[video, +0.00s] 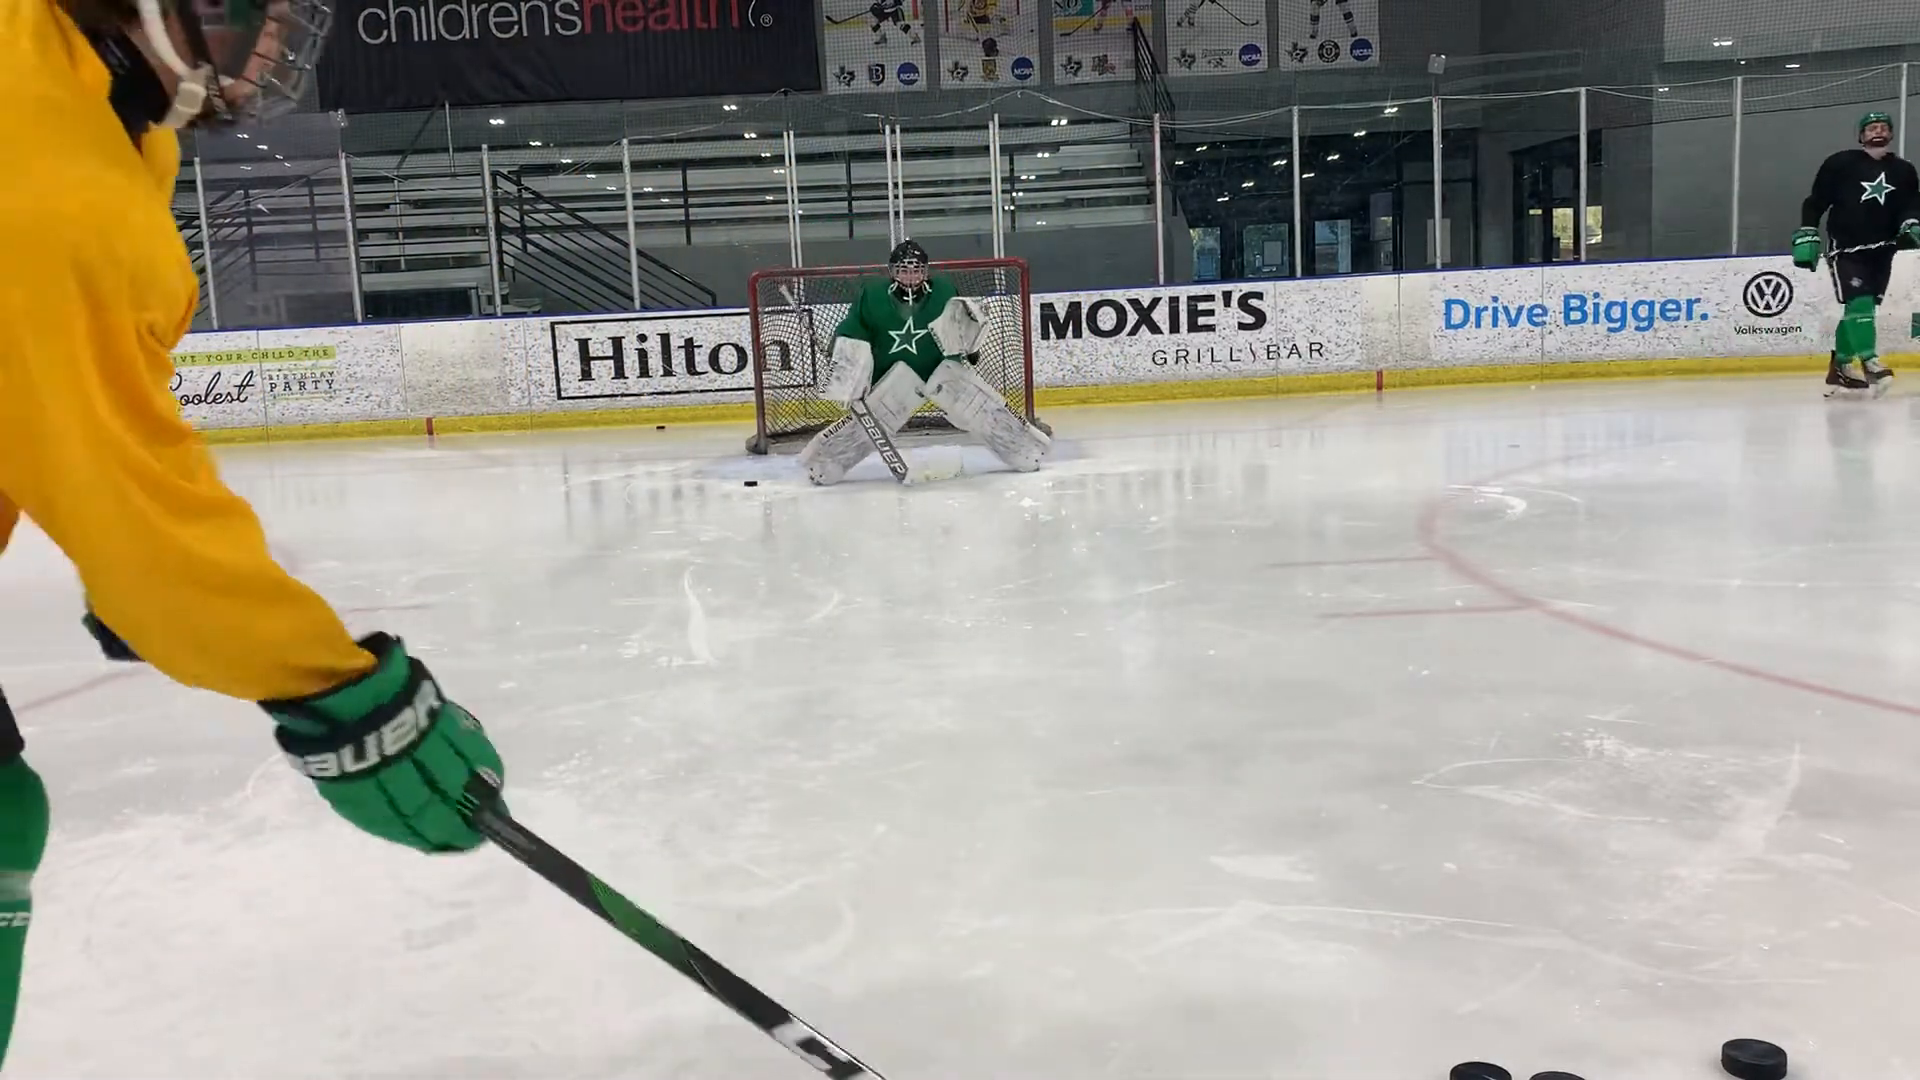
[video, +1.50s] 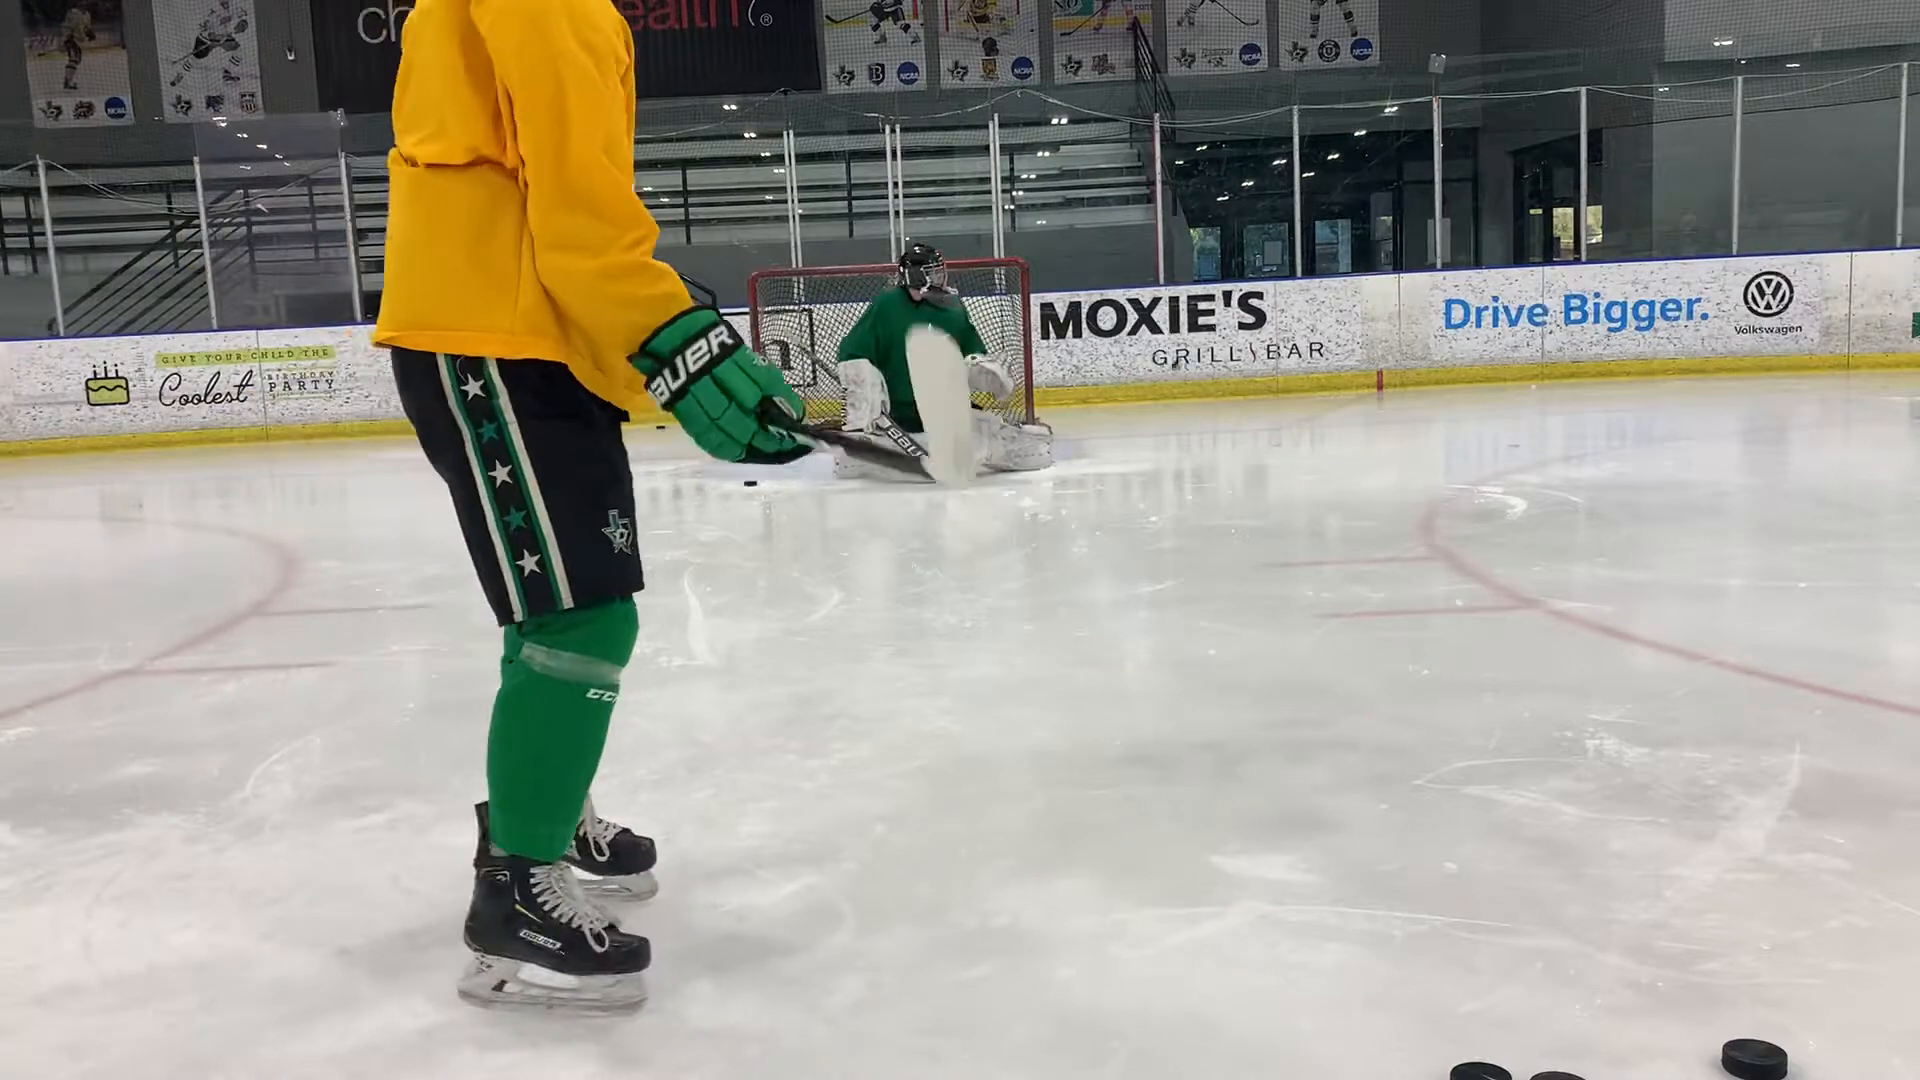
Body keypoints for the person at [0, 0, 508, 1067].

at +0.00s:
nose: (248, 63)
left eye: (264, 32)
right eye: (247, 23)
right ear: (177, 8)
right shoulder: (57, 185)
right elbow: (145, 519)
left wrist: (125, 558)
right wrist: (346, 698)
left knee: (9, 815)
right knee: (3, 820)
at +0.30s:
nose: (410, 140)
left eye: (423, 105)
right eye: (409, 101)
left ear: (273, 54)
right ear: (356, 81)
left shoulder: (161, 130)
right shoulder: (218, 225)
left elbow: (161, 379)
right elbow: (257, 496)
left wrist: (210, 572)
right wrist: (392, 713)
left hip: (22, 520)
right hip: (4, 530)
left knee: (50, 803)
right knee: (55, 809)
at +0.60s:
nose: (478, 109)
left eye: (483, 80)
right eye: (475, 78)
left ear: (354, 45)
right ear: (439, 68)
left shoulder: (216, 66)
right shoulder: (457, 211)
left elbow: (78, 186)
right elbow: (404, 344)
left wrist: (80, 309)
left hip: (40, 409)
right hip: (152, 469)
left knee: (267, 651)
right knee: (27, 804)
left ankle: (225, 883)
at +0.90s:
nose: (515, 52)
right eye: (511, 39)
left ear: (391, 18)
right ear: (494, 34)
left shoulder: (294, 54)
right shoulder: (538, 120)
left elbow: (187, 222)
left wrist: (238, 330)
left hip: (213, 349)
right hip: (339, 369)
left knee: (401, 598)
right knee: (229, 692)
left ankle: (388, 842)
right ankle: (11, 919)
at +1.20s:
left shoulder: (365, 29)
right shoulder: (574, 47)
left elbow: (291, 219)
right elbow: (599, 245)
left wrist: (365, 311)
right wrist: (647, 382)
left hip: (349, 338)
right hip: (441, 342)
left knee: (481, 606)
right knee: (521, 636)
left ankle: (480, 812)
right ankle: (349, 891)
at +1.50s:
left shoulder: (563, 15)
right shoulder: (538, 10)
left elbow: (579, 201)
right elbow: (575, 201)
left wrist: (693, 348)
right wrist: (685, 355)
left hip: (520, 324)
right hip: (485, 327)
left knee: (577, 610)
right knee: (580, 620)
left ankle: (538, 827)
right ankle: (518, 896)